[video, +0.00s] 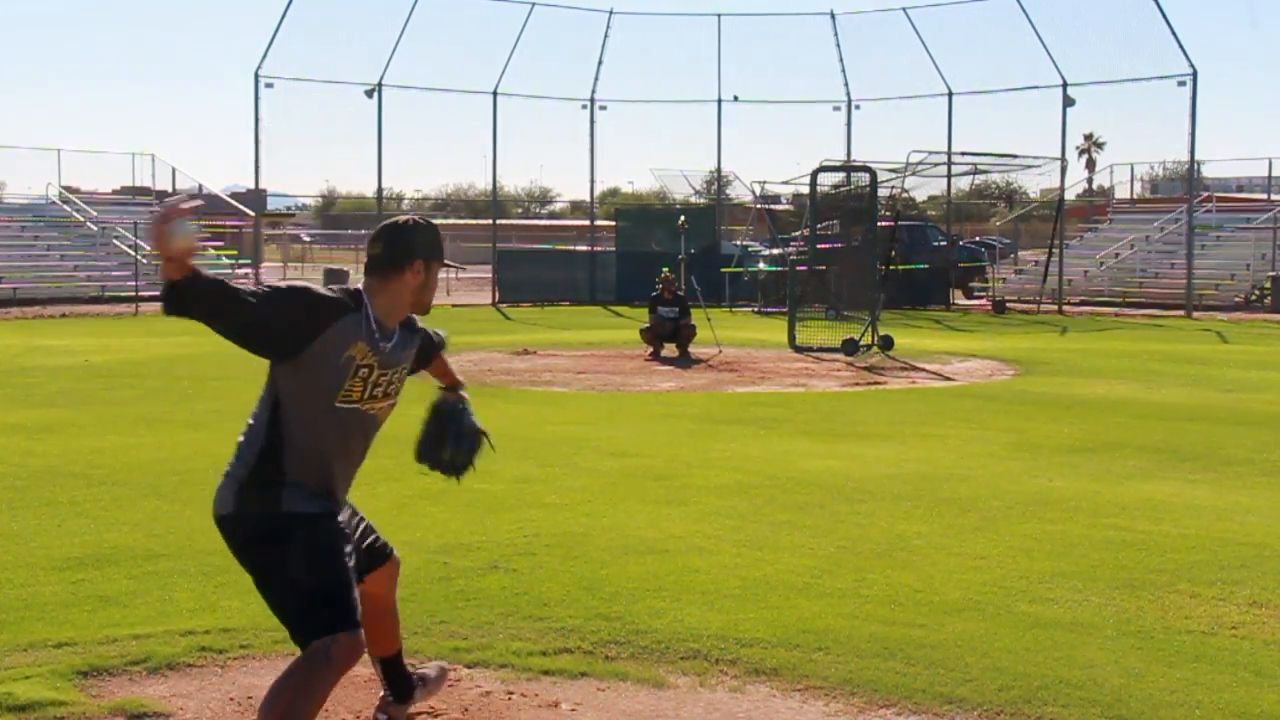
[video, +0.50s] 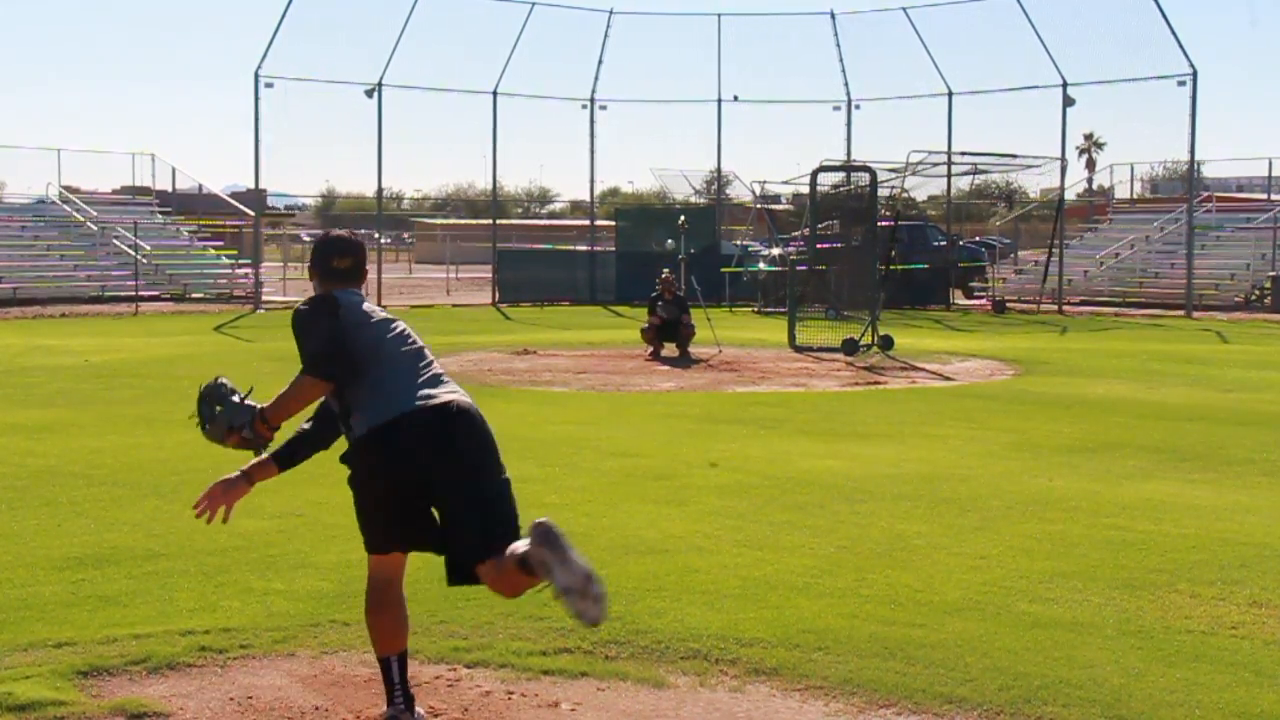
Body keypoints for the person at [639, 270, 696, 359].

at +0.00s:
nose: (668, 286)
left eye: (671, 283)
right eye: (665, 283)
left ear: (675, 284)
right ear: (661, 284)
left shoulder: (681, 299)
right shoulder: (654, 298)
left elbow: (686, 319)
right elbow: (652, 318)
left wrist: (673, 324)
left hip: (676, 327)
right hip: (660, 327)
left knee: (690, 329)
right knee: (645, 332)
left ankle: (683, 349)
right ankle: (656, 348)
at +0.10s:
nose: (668, 286)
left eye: (671, 283)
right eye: (665, 283)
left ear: (675, 285)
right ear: (661, 285)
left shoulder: (681, 299)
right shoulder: (654, 298)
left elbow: (686, 319)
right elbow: (652, 318)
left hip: (677, 328)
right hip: (660, 328)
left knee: (690, 329)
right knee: (645, 331)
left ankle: (683, 349)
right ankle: (656, 348)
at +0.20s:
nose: (668, 287)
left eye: (671, 283)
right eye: (665, 284)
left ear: (675, 285)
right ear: (661, 285)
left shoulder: (681, 300)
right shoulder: (655, 299)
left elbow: (686, 319)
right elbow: (649, 315)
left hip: (676, 328)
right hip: (659, 328)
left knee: (690, 329)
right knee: (645, 332)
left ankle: (683, 349)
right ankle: (657, 347)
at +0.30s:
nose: (667, 287)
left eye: (670, 283)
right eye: (664, 283)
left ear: (674, 285)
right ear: (660, 285)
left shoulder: (681, 299)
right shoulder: (654, 298)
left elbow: (686, 319)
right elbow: (652, 318)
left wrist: (674, 323)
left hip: (676, 328)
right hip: (660, 327)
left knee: (690, 329)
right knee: (645, 332)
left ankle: (683, 349)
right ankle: (657, 347)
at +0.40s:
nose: (667, 287)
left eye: (670, 283)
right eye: (664, 283)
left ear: (674, 285)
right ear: (660, 285)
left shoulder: (681, 299)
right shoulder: (654, 298)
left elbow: (686, 318)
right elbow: (651, 317)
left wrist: (675, 321)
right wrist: (656, 321)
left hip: (676, 326)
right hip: (660, 326)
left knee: (690, 329)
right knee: (645, 331)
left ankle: (683, 349)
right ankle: (657, 347)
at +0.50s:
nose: (667, 286)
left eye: (670, 283)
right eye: (664, 283)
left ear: (674, 285)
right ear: (660, 285)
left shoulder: (680, 299)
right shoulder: (654, 299)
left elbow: (686, 316)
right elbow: (651, 318)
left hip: (677, 326)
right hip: (661, 326)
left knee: (688, 328)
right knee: (646, 331)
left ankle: (683, 349)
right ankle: (657, 347)